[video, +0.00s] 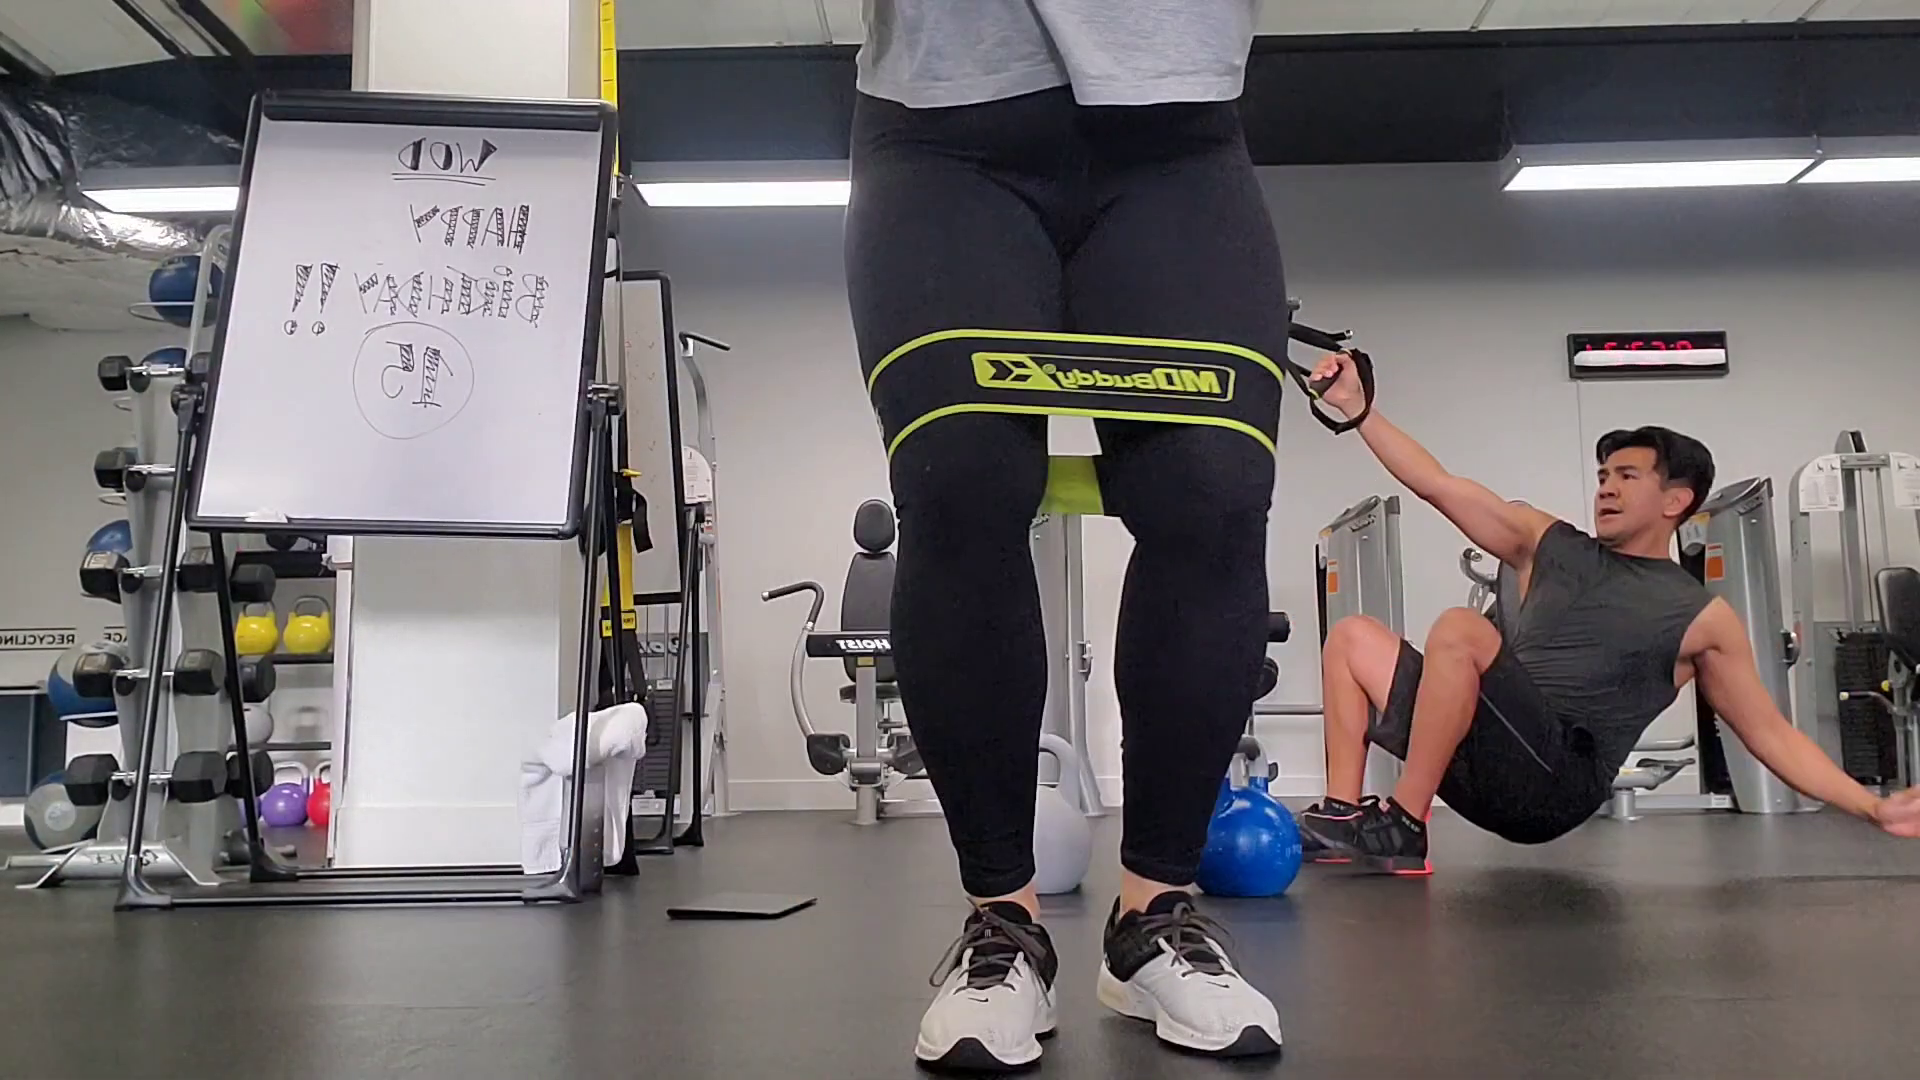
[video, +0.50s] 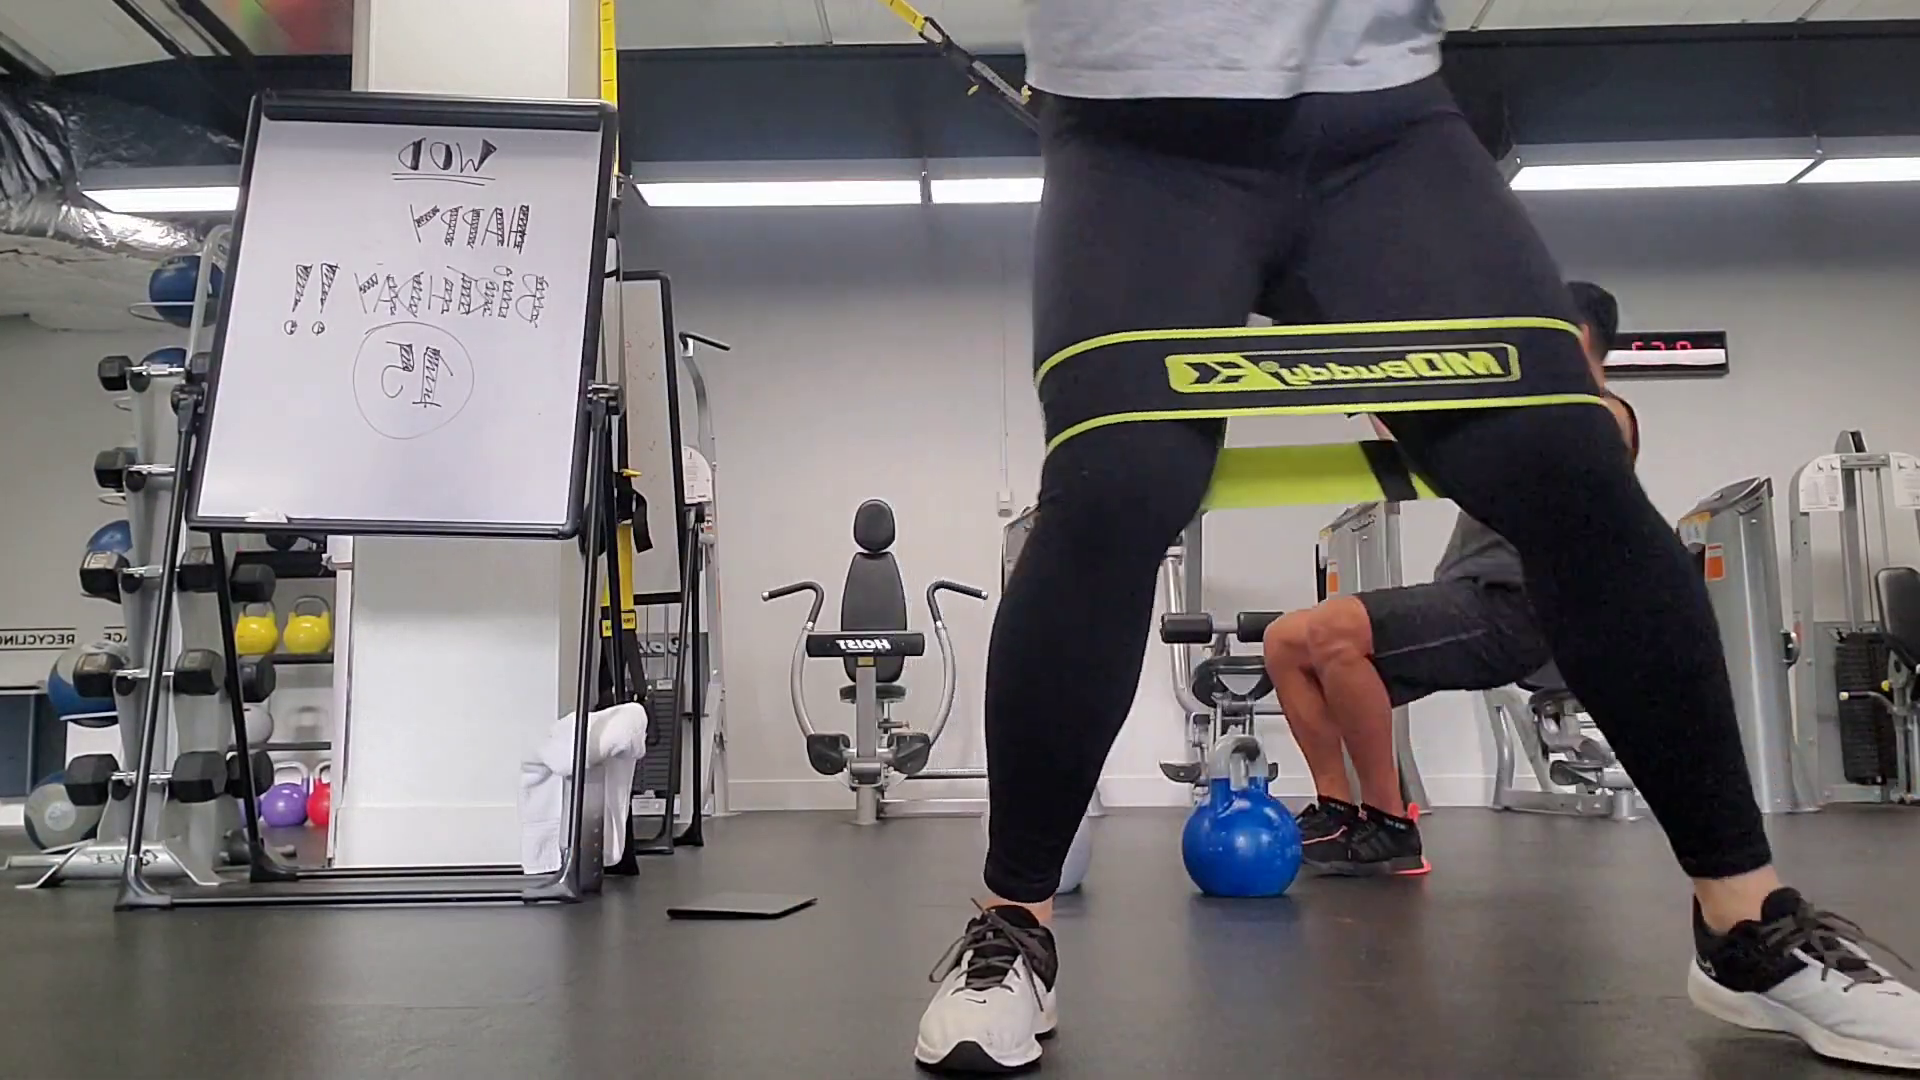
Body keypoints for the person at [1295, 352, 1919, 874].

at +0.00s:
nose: (1604, 487)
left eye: (1626, 475)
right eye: (1602, 476)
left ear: (1678, 501)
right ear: (1599, 487)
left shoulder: (1702, 614)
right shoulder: (1546, 540)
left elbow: (1769, 736)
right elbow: (1437, 484)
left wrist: (1875, 809)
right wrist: (1360, 413)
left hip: (1561, 781)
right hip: (1479, 754)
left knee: (1462, 629)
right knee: (1351, 637)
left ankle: (1406, 824)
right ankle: (1342, 812)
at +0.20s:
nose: (1595, 498)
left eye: (1615, 486)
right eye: (1596, 486)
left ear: (1670, 508)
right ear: (1592, 497)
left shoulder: (1692, 623)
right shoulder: (1548, 548)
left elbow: (1767, 746)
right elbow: (1439, 490)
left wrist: (1867, 819)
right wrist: (1354, 416)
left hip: (1544, 779)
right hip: (1465, 754)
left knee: (1447, 626)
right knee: (1360, 641)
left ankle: (1398, 825)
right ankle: (1338, 821)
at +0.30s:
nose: (1574, 462)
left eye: (1591, 449)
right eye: (1576, 451)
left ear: (1648, 463)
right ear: (1626, 463)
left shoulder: (1675, 570)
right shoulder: (1539, 523)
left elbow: (1727, 687)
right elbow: (1435, 483)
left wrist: (1784, 747)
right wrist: (1368, 442)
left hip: (1540, 730)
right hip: (1464, 695)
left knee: (1413, 662)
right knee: (1319, 639)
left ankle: (1397, 822)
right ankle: (1337, 809)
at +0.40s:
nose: (1550, 415)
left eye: (1563, 399)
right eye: (1550, 403)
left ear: (1615, 403)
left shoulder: (1646, 495)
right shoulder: (1553, 487)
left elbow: (1643, 608)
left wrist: (1566, 548)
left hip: (1543, 675)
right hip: (1492, 669)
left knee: (1362, 628)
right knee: (1297, 641)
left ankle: (1391, 821)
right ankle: (1337, 809)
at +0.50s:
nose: (1552, 349)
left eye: (1566, 338)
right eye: (1547, 336)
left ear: (1592, 344)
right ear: (1532, 341)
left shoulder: (1606, 416)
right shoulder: (1511, 403)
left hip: (1513, 608)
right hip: (1461, 597)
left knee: (1334, 632)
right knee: (1284, 642)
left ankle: (1389, 822)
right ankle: (1337, 811)